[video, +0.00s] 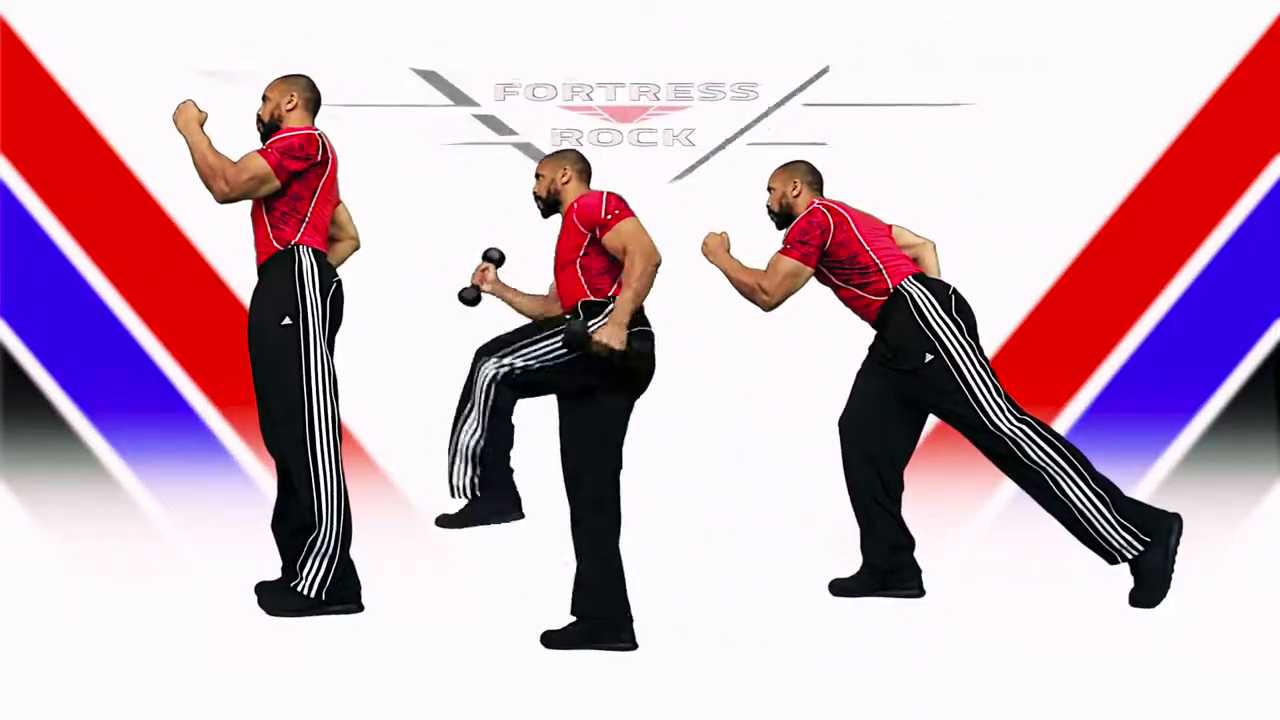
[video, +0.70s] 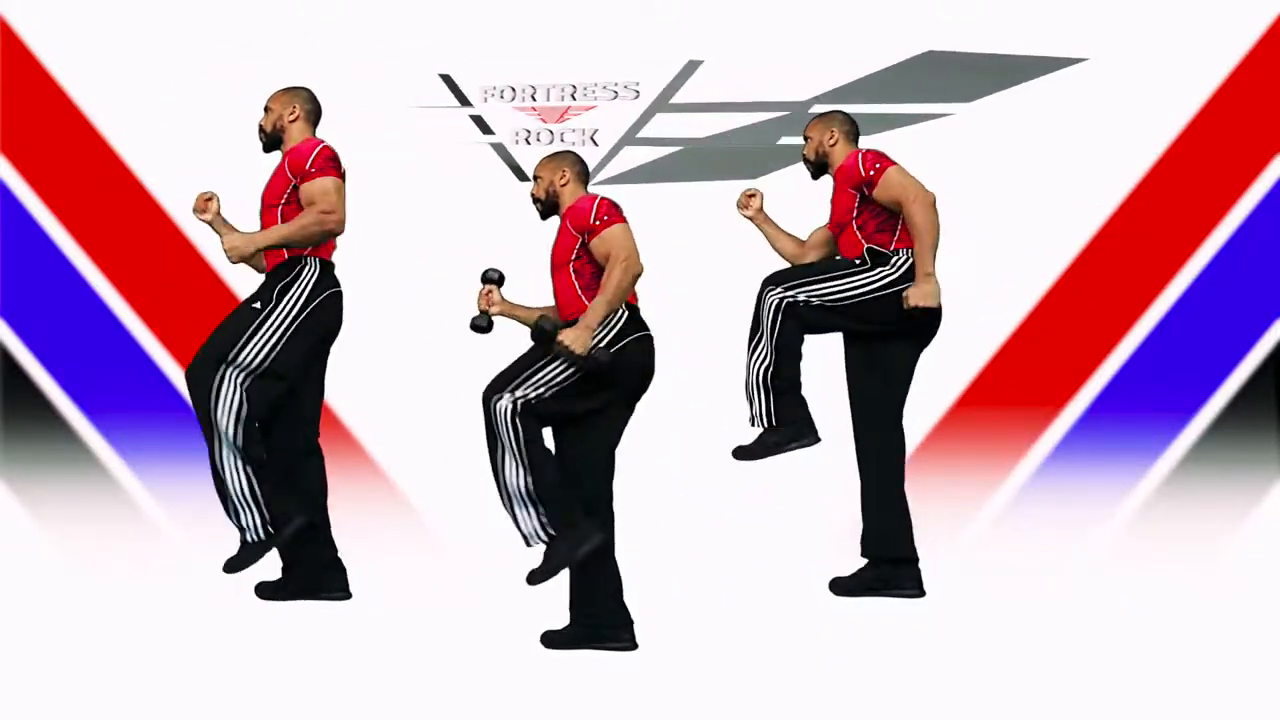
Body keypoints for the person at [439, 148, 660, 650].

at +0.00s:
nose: (534, 187)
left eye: (539, 177)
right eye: (535, 179)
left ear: (564, 175)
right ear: (565, 178)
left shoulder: (593, 202)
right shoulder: (573, 233)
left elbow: (645, 256)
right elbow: (556, 309)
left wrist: (619, 321)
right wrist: (498, 287)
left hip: (600, 335)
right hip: (607, 348)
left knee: (493, 365)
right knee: (591, 492)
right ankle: (604, 620)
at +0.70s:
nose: (533, 190)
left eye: (538, 180)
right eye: (533, 183)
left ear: (563, 177)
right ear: (567, 178)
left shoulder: (591, 207)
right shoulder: (570, 234)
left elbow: (627, 263)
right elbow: (570, 319)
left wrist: (586, 327)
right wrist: (507, 308)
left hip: (606, 339)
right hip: (610, 352)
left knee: (506, 401)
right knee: (584, 485)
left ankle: (558, 528)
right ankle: (601, 620)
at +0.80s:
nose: (523, 194)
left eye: (527, 184)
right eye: (523, 187)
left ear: (552, 182)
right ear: (557, 184)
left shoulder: (582, 213)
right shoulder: (563, 242)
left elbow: (601, 276)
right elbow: (572, 332)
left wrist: (541, 326)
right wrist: (528, 342)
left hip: (619, 336)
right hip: (602, 347)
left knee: (551, 444)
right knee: (588, 476)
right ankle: (601, 619)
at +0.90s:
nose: (512, 204)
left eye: (516, 193)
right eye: (512, 196)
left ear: (541, 191)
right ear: (546, 193)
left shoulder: (573, 221)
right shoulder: (555, 247)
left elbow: (576, 285)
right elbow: (598, 325)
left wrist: (500, 313)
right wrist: (564, 368)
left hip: (627, 343)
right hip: (602, 361)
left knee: (616, 474)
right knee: (580, 481)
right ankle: (602, 618)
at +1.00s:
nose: (503, 215)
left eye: (507, 205)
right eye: (503, 207)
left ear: (532, 202)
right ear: (536, 204)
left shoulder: (559, 229)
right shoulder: (562, 245)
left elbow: (547, 297)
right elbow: (602, 318)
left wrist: (475, 298)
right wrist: (591, 376)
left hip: (630, 349)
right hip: (606, 366)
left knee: (673, 484)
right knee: (580, 489)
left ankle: (819, 561)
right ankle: (602, 622)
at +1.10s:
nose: (498, 227)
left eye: (503, 217)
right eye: (498, 220)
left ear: (529, 211)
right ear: (533, 218)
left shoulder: (555, 240)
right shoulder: (563, 252)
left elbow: (523, 308)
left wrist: (461, 287)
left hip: (640, 355)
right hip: (613, 373)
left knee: (707, 479)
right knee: (578, 490)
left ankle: (848, 585)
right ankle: (602, 621)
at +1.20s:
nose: (497, 236)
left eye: (504, 225)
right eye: (498, 228)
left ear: (531, 220)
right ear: (535, 228)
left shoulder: (552, 251)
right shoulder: (569, 258)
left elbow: (512, 320)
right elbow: (647, 305)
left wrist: (457, 283)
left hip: (648, 360)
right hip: (622, 379)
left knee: (718, 480)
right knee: (578, 486)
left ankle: (859, 597)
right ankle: (602, 621)